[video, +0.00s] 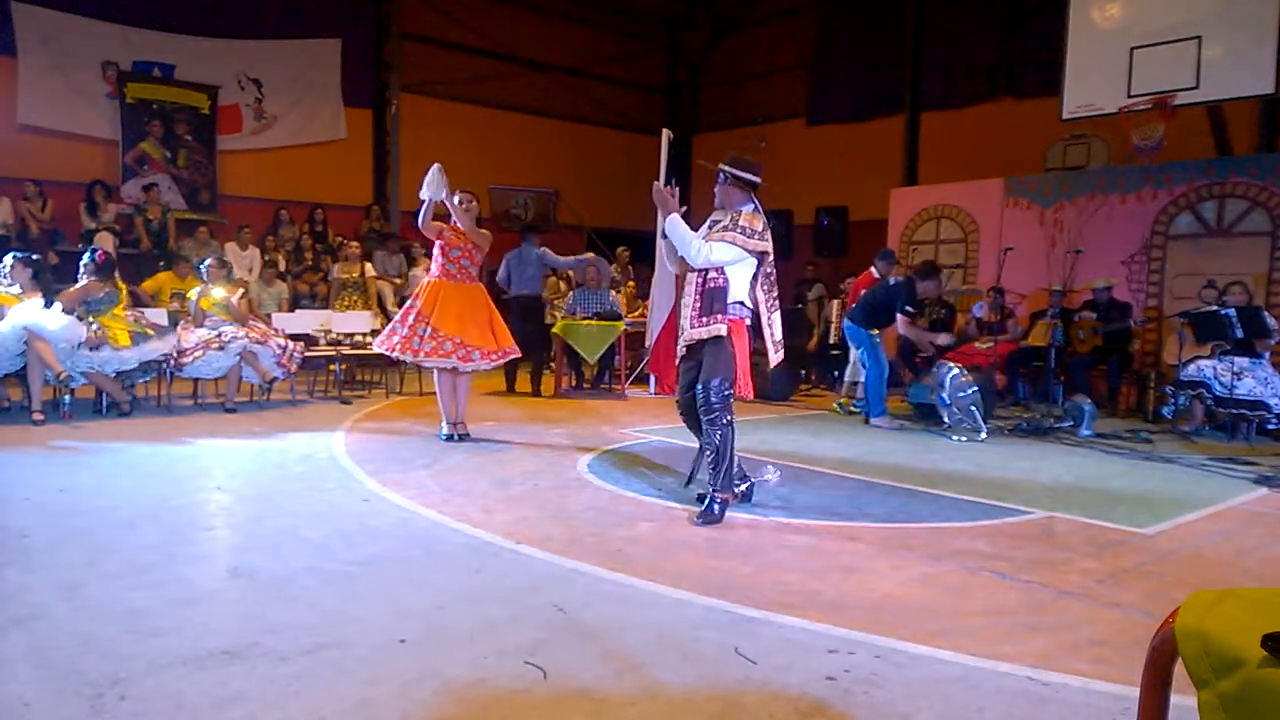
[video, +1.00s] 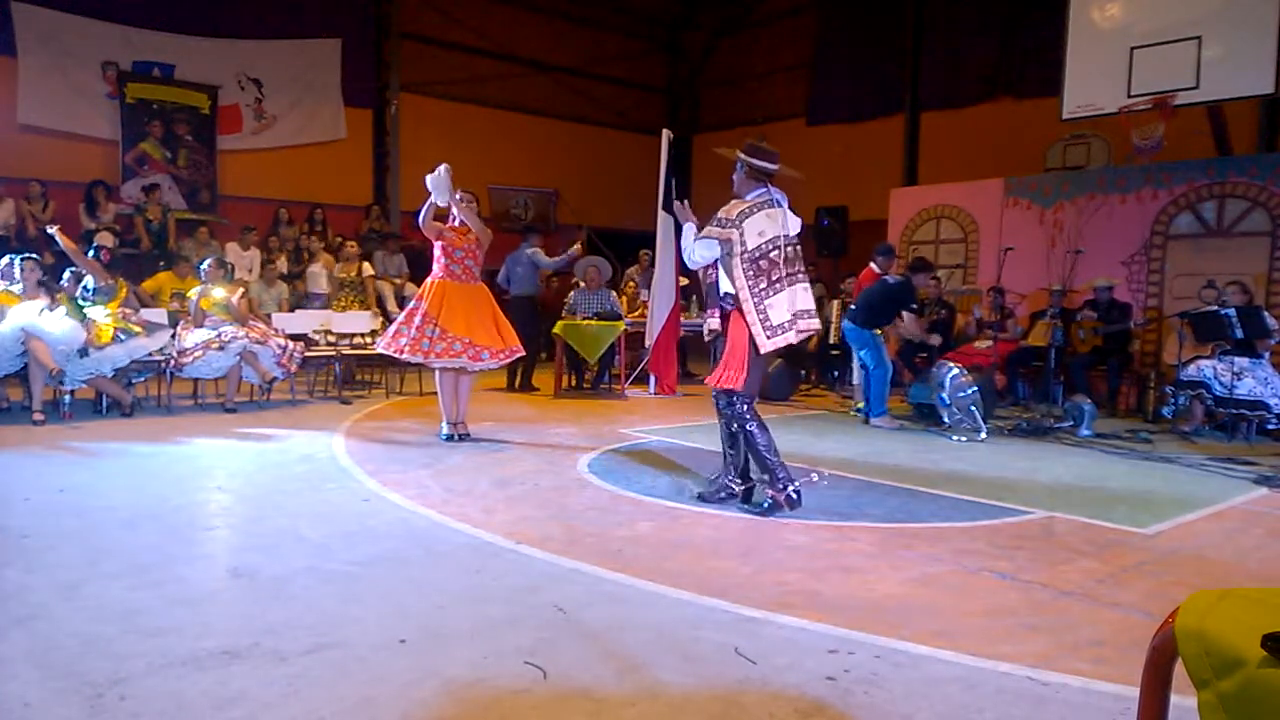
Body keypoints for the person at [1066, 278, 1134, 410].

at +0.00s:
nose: (1097, 295)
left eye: (1101, 292)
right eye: (1095, 292)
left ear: (1108, 292)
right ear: (1093, 293)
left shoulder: (1122, 307)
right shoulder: (1089, 306)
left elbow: (1119, 320)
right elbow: (1070, 316)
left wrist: (1097, 317)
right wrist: (1078, 316)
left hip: (1118, 349)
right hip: (1097, 348)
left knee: (1114, 365)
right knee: (1077, 363)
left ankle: (1112, 403)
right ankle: (1084, 399)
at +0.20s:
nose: (1098, 295)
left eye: (1102, 292)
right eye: (1096, 292)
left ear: (1109, 292)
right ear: (1093, 293)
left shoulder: (1122, 307)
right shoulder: (1089, 306)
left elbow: (1120, 321)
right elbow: (1072, 316)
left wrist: (1097, 317)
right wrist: (1079, 317)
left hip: (1116, 349)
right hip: (1096, 348)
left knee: (1114, 366)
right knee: (1076, 363)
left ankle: (1111, 404)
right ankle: (1085, 400)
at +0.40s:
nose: (1099, 295)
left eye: (1102, 292)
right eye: (1096, 292)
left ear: (1110, 292)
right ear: (1094, 293)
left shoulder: (1123, 307)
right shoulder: (1089, 305)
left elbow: (1119, 320)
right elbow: (1073, 315)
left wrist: (1095, 317)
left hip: (1117, 350)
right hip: (1096, 349)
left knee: (1114, 366)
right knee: (1076, 363)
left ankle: (1111, 404)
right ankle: (1085, 400)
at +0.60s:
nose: (1098, 295)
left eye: (1102, 291)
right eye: (1096, 291)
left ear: (1110, 292)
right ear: (1093, 293)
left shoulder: (1123, 307)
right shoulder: (1089, 306)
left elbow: (1120, 320)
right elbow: (1072, 315)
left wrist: (1097, 317)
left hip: (1117, 349)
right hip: (1096, 348)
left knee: (1114, 365)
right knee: (1076, 363)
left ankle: (1111, 404)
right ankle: (1084, 400)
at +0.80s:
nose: (1099, 295)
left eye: (1102, 291)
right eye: (1096, 291)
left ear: (1110, 292)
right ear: (1093, 293)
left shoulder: (1123, 307)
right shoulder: (1089, 306)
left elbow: (1120, 320)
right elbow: (1072, 315)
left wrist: (1097, 317)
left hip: (1117, 349)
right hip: (1096, 348)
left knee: (1114, 365)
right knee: (1076, 363)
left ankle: (1111, 404)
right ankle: (1085, 400)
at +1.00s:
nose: (1099, 295)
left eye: (1103, 291)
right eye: (1097, 291)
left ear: (1110, 292)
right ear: (1094, 292)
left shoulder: (1123, 308)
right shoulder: (1089, 306)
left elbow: (1120, 321)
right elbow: (1071, 316)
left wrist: (1097, 317)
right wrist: (1079, 316)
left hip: (1117, 349)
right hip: (1096, 349)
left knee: (1114, 365)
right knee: (1076, 363)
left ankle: (1111, 404)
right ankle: (1085, 400)